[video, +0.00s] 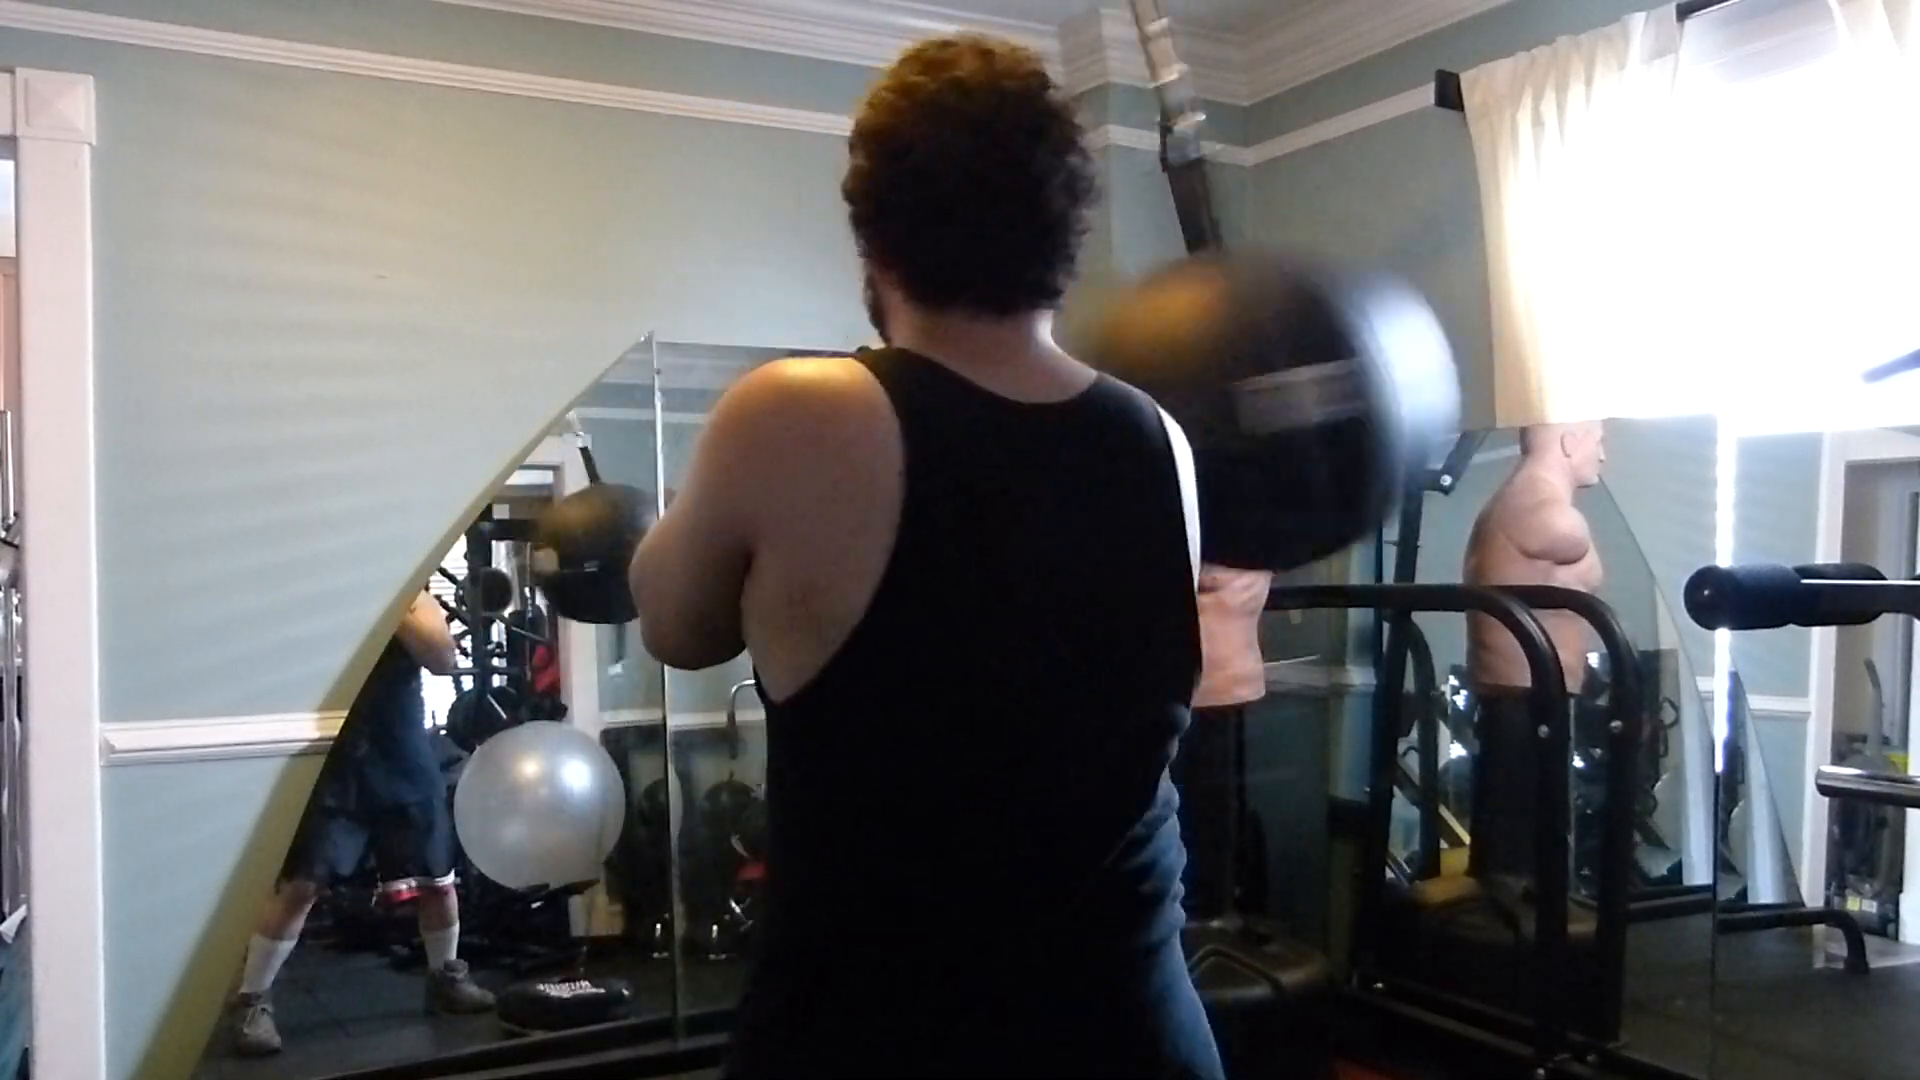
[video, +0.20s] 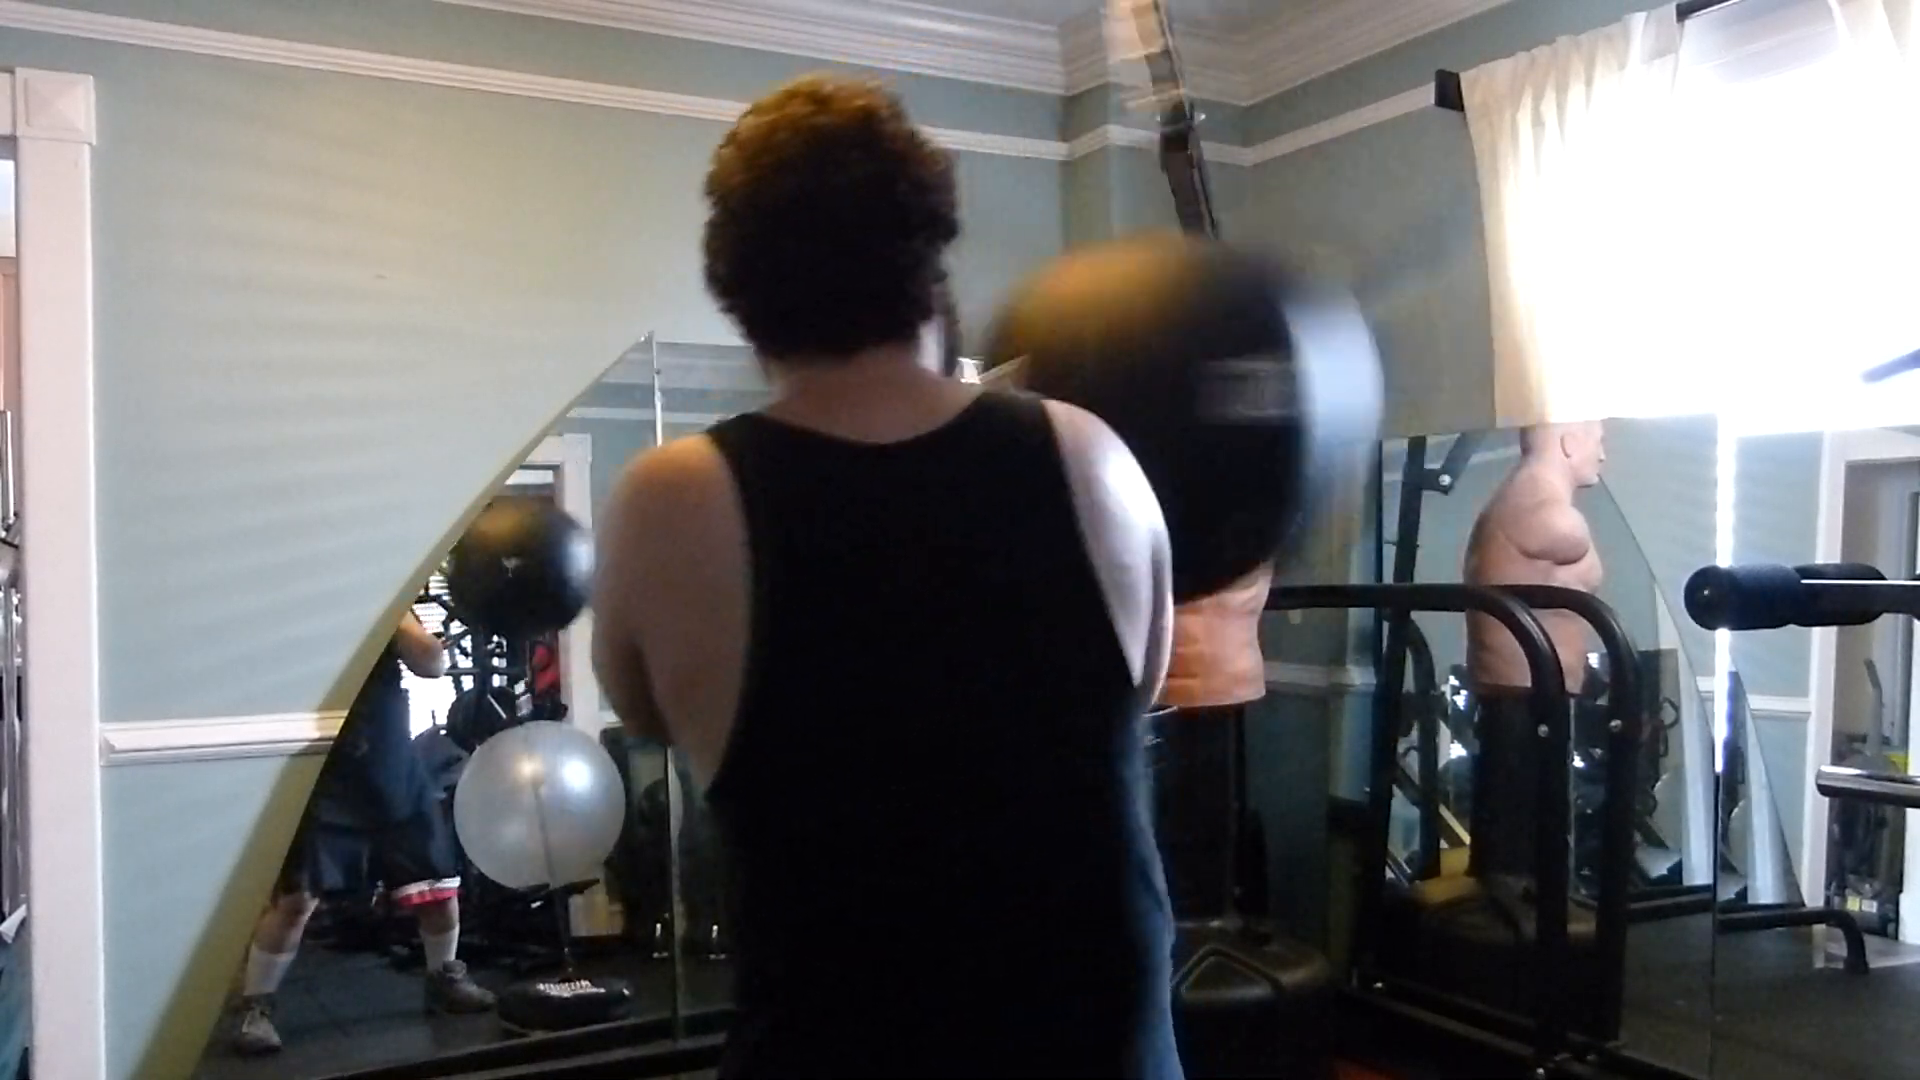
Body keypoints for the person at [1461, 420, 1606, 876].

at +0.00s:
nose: (1603, 454)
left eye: (1602, 440)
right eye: (1597, 439)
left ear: (1555, 441)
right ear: (1567, 441)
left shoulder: (1508, 501)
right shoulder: (1540, 499)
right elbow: (1593, 575)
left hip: (1505, 689)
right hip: (1530, 693)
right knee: (1529, 800)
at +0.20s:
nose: (1603, 454)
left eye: (1603, 439)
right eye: (1598, 437)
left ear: (1556, 440)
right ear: (1566, 441)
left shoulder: (1513, 496)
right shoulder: (1539, 496)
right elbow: (1592, 573)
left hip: (1507, 687)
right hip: (1529, 691)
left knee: (1509, 790)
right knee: (1529, 796)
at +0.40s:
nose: (1603, 454)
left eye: (1603, 440)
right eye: (1598, 438)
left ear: (1556, 441)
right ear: (1566, 441)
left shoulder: (1512, 498)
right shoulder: (1540, 499)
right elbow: (1592, 574)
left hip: (1509, 690)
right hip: (1530, 694)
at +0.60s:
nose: (1603, 453)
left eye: (1603, 438)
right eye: (1595, 436)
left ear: (1561, 439)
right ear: (1560, 435)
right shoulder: (1534, 502)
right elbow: (1564, 542)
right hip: (1525, 685)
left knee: (1517, 778)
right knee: (1522, 780)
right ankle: (1513, 880)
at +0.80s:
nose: (1603, 455)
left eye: (1602, 441)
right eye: (1597, 439)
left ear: (1557, 441)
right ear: (1567, 441)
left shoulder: (1516, 496)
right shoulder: (1539, 497)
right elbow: (1592, 575)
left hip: (1511, 688)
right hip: (1528, 692)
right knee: (1528, 801)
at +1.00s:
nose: (1602, 454)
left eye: (1602, 440)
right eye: (1597, 439)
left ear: (1555, 440)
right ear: (1567, 440)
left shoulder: (1514, 499)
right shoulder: (1540, 503)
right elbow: (1593, 575)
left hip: (1512, 696)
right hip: (1529, 700)